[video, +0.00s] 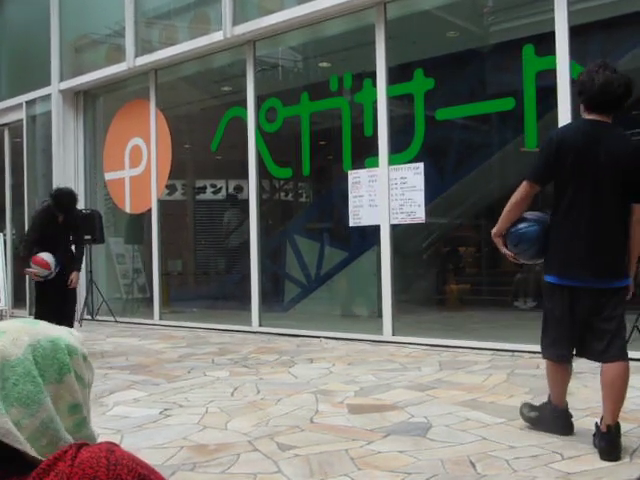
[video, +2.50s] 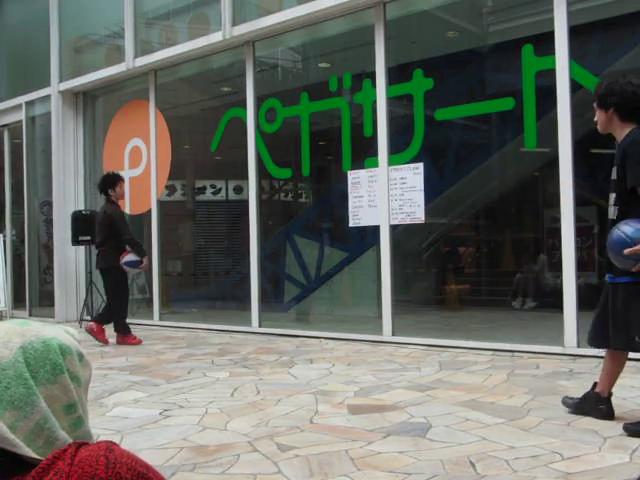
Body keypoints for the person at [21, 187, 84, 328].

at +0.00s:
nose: (62, 217)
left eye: (67, 213)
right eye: (60, 212)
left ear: (71, 208)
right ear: (54, 206)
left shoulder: (74, 215)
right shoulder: (41, 215)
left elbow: (79, 244)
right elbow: (29, 240)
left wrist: (76, 270)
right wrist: (26, 265)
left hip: (66, 264)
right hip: (44, 263)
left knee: (67, 305)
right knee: (45, 306)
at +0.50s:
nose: (72, 205)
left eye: (76, 202)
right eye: (69, 201)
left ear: (81, 200)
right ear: (63, 197)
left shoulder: (85, 215)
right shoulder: (51, 212)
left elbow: (89, 241)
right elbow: (38, 237)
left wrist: (90, 262)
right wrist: (37, 259)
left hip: (75, 268)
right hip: (52, 267)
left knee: (74, 314)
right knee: (51, 313)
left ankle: (69, 349)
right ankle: (47, 348)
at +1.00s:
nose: (69, 194)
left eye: (70, 190)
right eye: (64, 191)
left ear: (74, 191)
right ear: (56, 195)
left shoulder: (86, 214)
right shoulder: (52, 218)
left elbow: (95, 240)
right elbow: (51, 244)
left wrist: (98, 261)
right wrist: (61, 263)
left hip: (86, 264)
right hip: (64, 266)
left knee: (86, 301)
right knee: (67, 304)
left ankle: (89, 333)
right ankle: (69, 336)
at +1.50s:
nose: (91, 192)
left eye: (93, 188)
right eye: (87, 189)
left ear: (96, 191)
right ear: (78, 193)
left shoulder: (103, 214)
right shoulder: (73, 214)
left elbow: (104, 240)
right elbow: (60, 237)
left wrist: (95, 257)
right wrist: (51, 255)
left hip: (99, 262)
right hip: (79, 263)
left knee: (97, 297)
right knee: (78, 298)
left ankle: (95, 331)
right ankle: (73, 334)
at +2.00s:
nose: (112, 192)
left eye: (113, 189)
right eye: (108, 189)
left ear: (114, 191)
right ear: (98, 191)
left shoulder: (110, 213)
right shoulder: (91, 213)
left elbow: (117, 238)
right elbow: (88, 237)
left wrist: (127, 258)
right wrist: (93, 254)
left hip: (110, 260)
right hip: (96, 261)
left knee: (104, 296)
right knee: (106, 296)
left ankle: (95, 329)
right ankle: (120, 331)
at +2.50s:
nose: (124, 190)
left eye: (123, 186)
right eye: (121, 187)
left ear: (111, 192)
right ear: (111, 191)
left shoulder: (106, 209)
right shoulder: (113, 210)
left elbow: (110, 237)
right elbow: (126, 235)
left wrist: (123, 253)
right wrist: (142, 254)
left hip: (108, 259)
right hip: (112, 260)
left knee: (117, 295)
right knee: (119, 295)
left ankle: (97, 323)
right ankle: (123, 333)